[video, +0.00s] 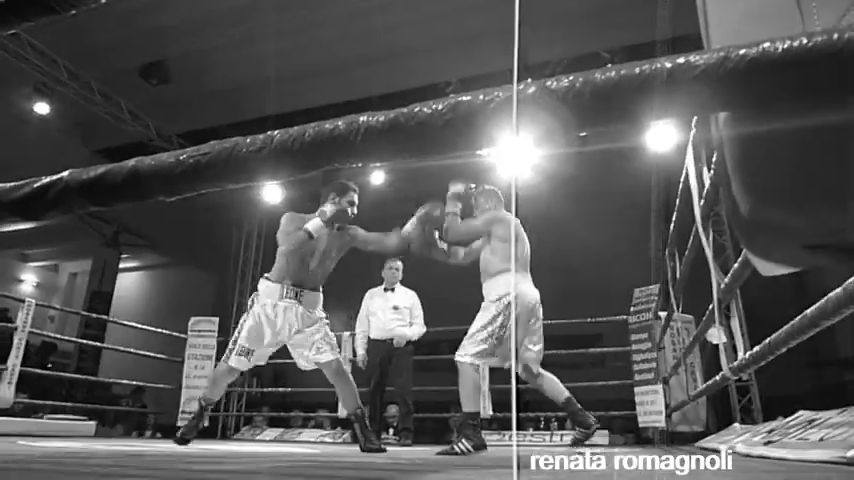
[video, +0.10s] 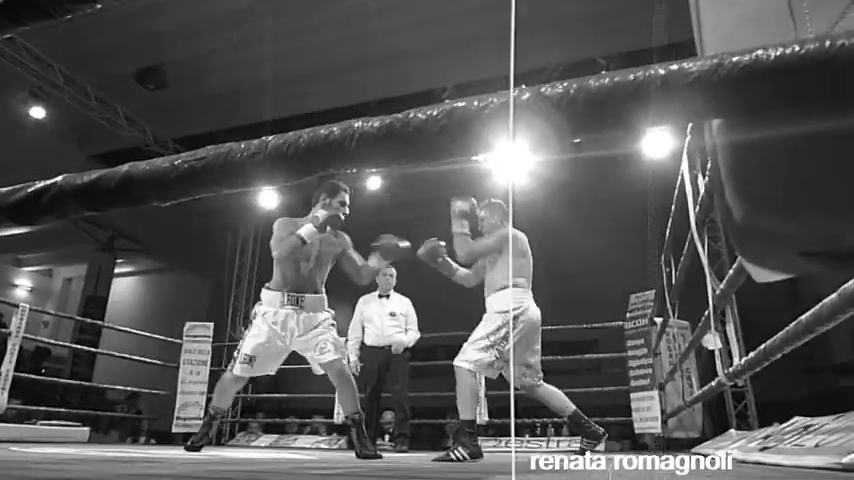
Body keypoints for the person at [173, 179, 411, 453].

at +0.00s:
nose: (353, 211)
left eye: (356, 206)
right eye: (349, 204)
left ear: (353, 209)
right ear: (329, 202)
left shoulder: (348, 235)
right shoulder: (293, 219)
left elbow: (388, 243)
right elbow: (287, 246)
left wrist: (410, 229)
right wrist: (323, 220)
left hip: (310, 311)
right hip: (271, 304)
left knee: (337, 370)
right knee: (231, 367)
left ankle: (364, 433)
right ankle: (198, 417)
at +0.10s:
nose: (346, 212)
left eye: (348, 207)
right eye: (342, 205)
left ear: (343, 210)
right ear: (321, 203)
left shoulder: (340, 240)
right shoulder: (286, 225)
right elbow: (279, 254)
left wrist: (381, 254)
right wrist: (313, 227)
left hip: (316, 316)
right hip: (275, 312)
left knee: (340, 371)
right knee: (237, 373)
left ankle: (360, 438)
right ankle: (208, 426)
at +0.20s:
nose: (349, 228)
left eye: (352, 225)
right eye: (347, 221)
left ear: (351, 229)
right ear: (330, 215)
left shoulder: (347, 255)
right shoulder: (296, 239)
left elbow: (368, 290)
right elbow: (303, 257)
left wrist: (370, 255)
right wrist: (330, 230)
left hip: (335, 328)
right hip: (294, 325)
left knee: (363, 392)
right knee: (260, 388)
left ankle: (383, 458)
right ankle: (234, 449)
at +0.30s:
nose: (345, 210)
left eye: (347, 204)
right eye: (339, 202)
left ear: (349, 208)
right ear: (323, 202)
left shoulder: (343, 239)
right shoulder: (294, 220)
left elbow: (362, 278)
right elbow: (301, 253)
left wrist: (370, 245)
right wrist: (332, 224)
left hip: (329, 315)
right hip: (289, 310)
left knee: (352, 382)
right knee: (257, 378)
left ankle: (377, 451)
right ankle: (231, 442)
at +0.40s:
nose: (334, 214)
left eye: (337, 209)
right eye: (330, 206)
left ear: (337, 213)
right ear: (315, 204)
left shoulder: (332, 240)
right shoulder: (285, 226)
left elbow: (344, 280)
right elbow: (292, 258)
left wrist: (353, 249)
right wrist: (322, 229)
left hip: (319, 313)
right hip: (280, 309)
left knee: (343, 373)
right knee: (252, 374)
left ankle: (340, 443)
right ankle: (220, 440)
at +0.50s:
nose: (319, 213)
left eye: (321, 209)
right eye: (315, 207)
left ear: (318, 214)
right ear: (296, 205)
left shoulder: (313, 245)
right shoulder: (267, 233)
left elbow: (323, 287)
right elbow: (280, 263)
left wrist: (340, 261)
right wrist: (312, 237)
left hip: (300, 317)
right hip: (264, 314)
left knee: (324, 373)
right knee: (236, 380)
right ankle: (207, 438)